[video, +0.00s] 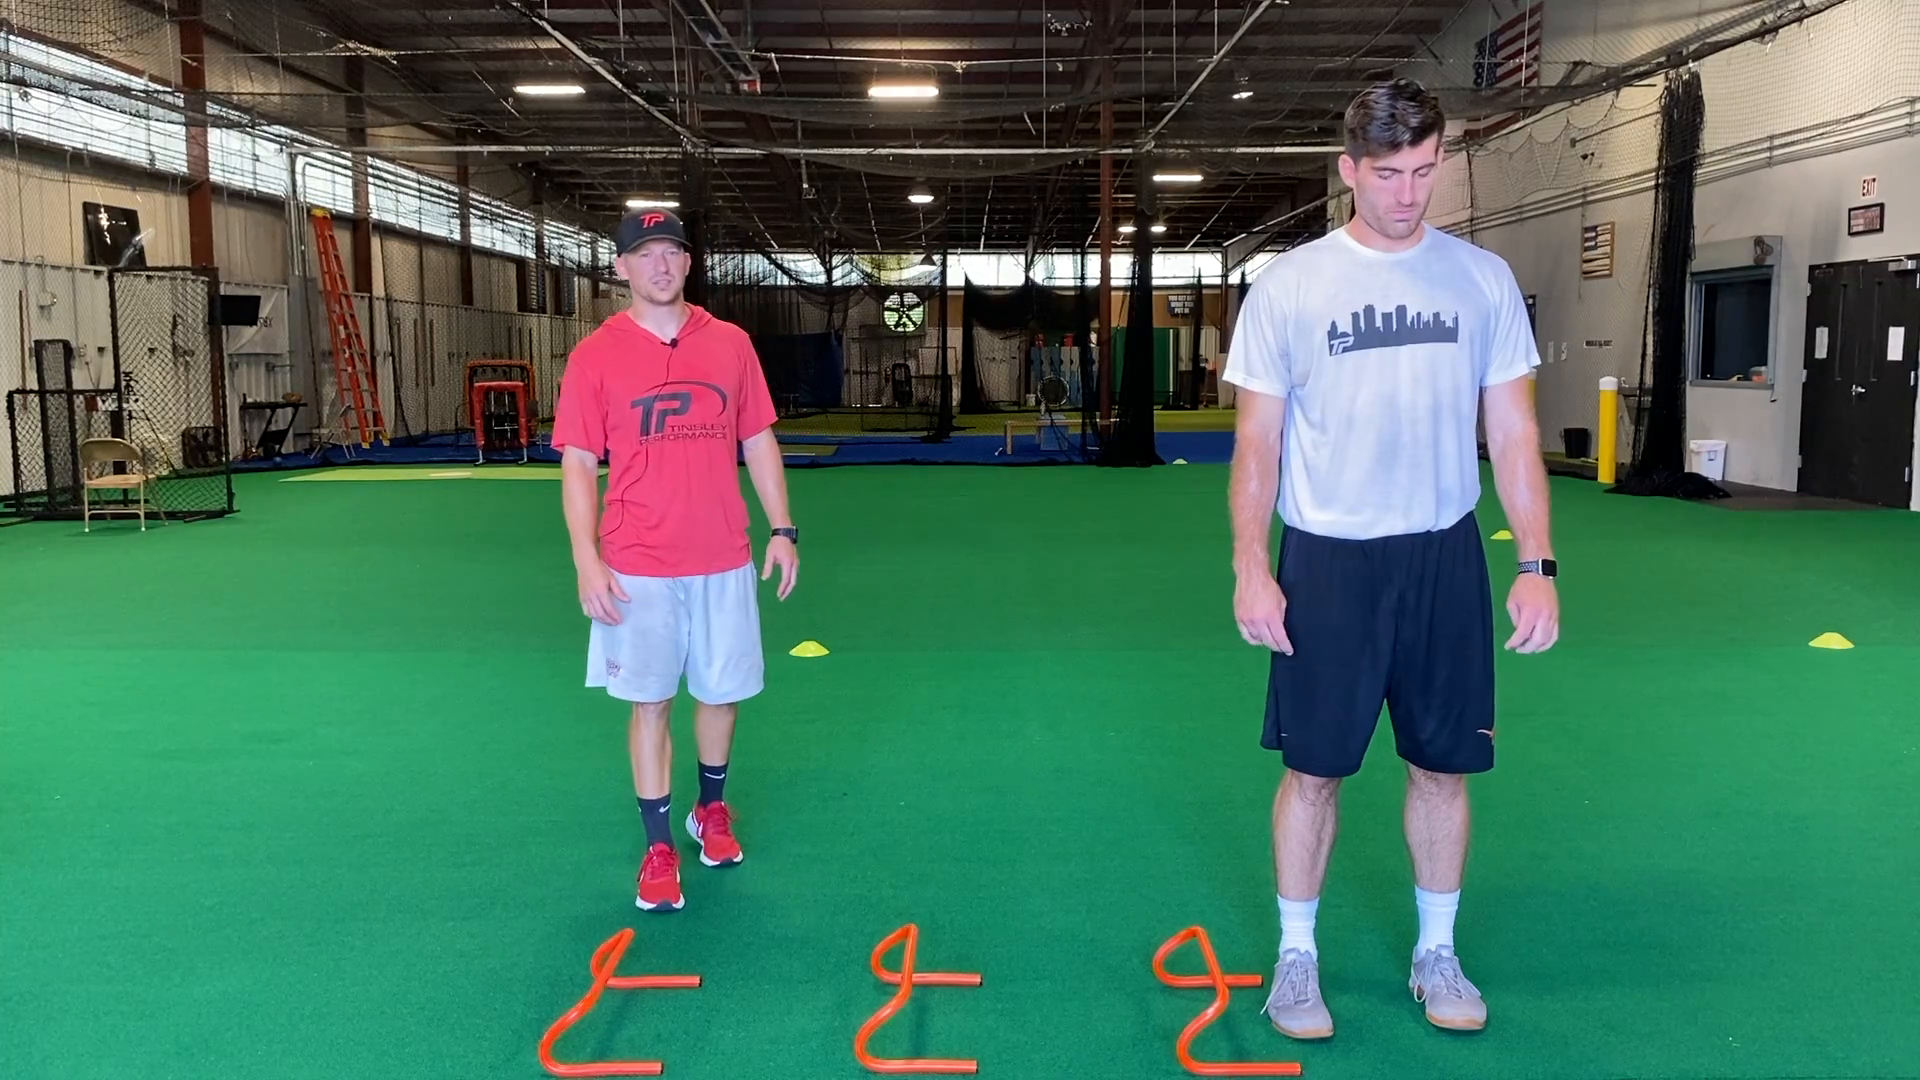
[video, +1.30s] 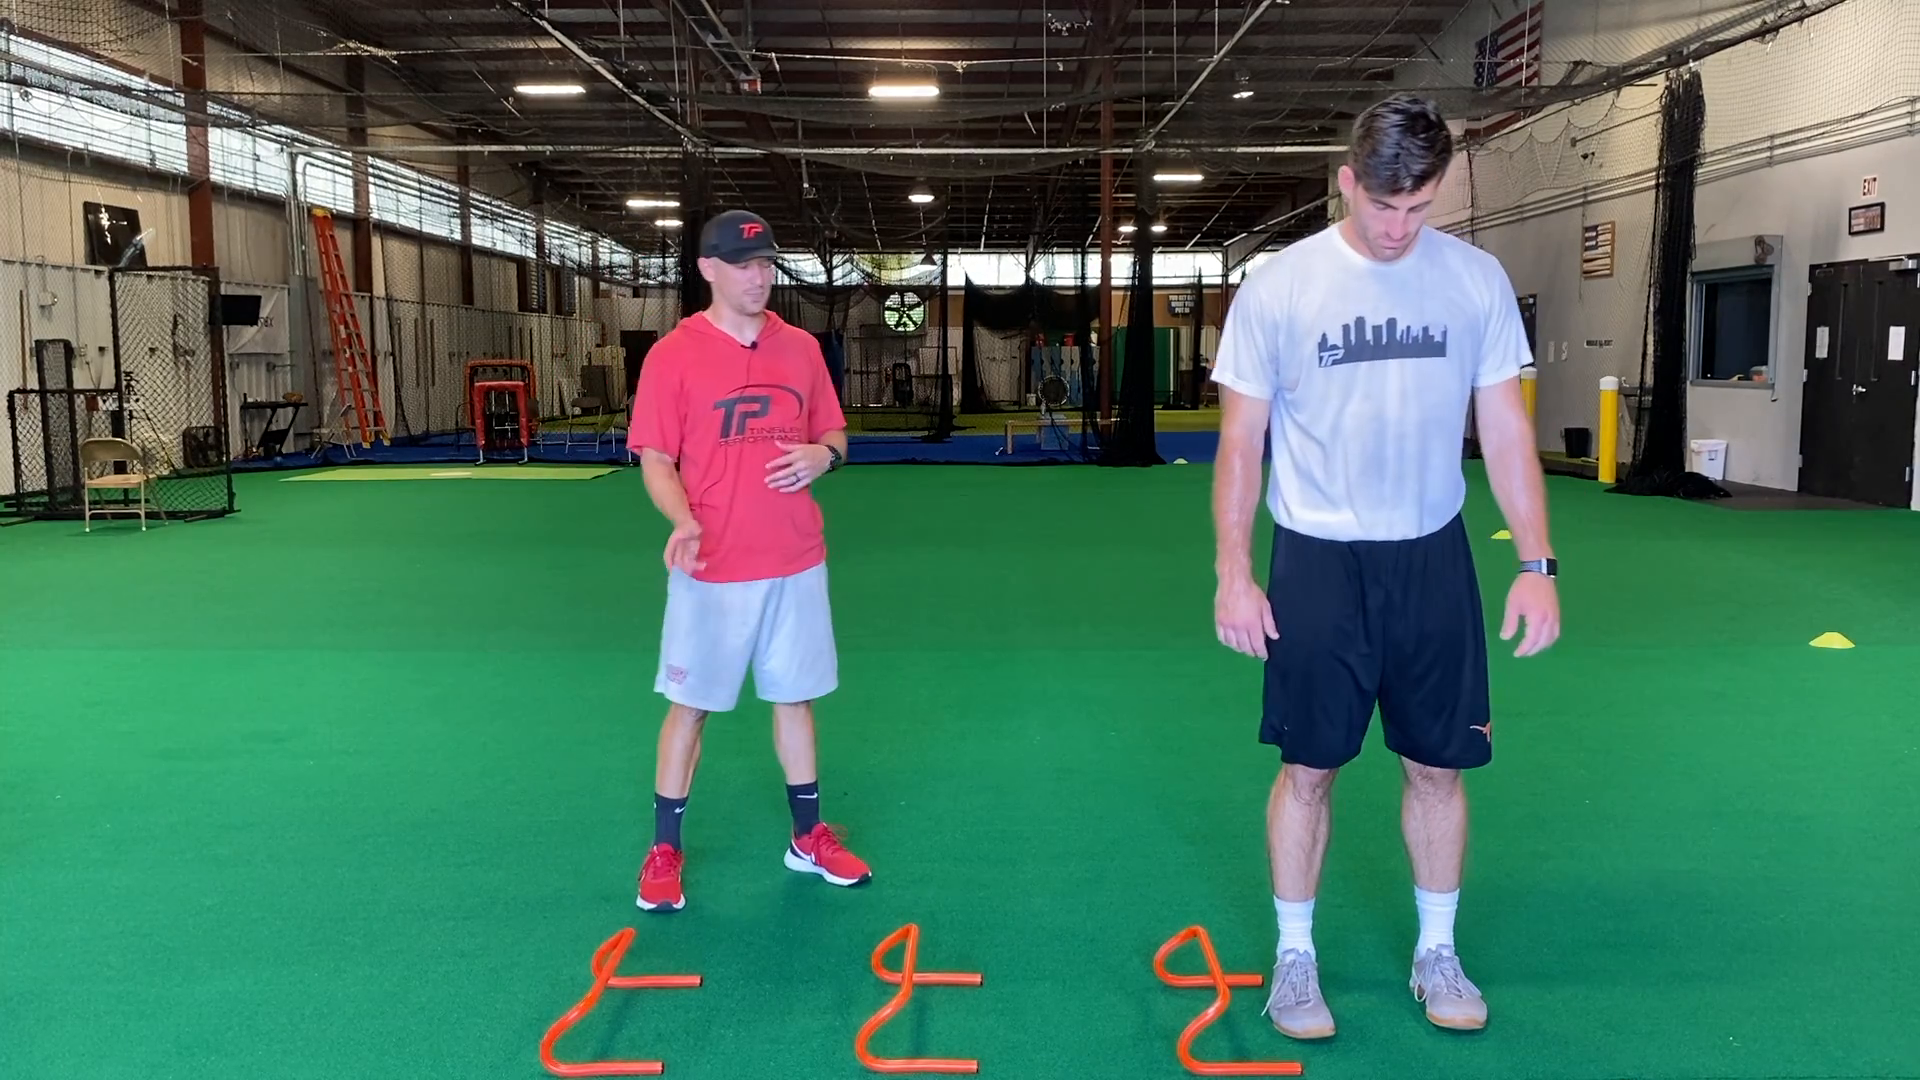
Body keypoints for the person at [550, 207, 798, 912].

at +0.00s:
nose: (663, 264)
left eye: (673, 252)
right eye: (648, 254)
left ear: (689, 263)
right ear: (622, 266)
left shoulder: (729, 344)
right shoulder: (595, 357)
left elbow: (758, 440)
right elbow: (578, 465)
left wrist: (782, 527)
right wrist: (586, 560)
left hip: (722, 559)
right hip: (636, 564)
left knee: (719, 691)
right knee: (650, 700)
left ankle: (712, 809)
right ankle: (659, 846)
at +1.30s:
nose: (760, 273)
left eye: (766, 261)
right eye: (743, 262)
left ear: (774, 268)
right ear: (708, 270)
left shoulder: (801, 349)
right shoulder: (672, 357)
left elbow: (834, 436)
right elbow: (655, 461)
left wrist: (823, 452)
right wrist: (682, 519)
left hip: (795, 560)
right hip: (711, 565)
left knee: (795, 695)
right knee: (690, 703)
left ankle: (808, 835)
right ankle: (665, 850)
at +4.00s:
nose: (762, 297)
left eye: (772, 287)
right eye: (752, 286)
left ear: (786, 292)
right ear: (731, 288)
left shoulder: (807, 360)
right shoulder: (694, 347)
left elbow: (827, 440)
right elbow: (659, 429)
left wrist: (800, 450)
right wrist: (650, 508)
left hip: (773, 524)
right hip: (706, 519)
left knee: (756, 639)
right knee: (707, 634)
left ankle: (753, 756)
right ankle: (683, 762)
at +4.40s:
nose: (713, 292)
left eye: (723, 282)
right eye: (702, 283)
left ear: (742, 287)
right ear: (685, 289)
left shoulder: (760, 349)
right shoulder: (656, 351)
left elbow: (782, 435)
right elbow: (632, 432)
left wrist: (755, 505)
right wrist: (666, 495)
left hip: (744, 525)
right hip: (671, 526)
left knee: (745, 641)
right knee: (656, 640)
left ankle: (753, 754)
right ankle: (638, 751)